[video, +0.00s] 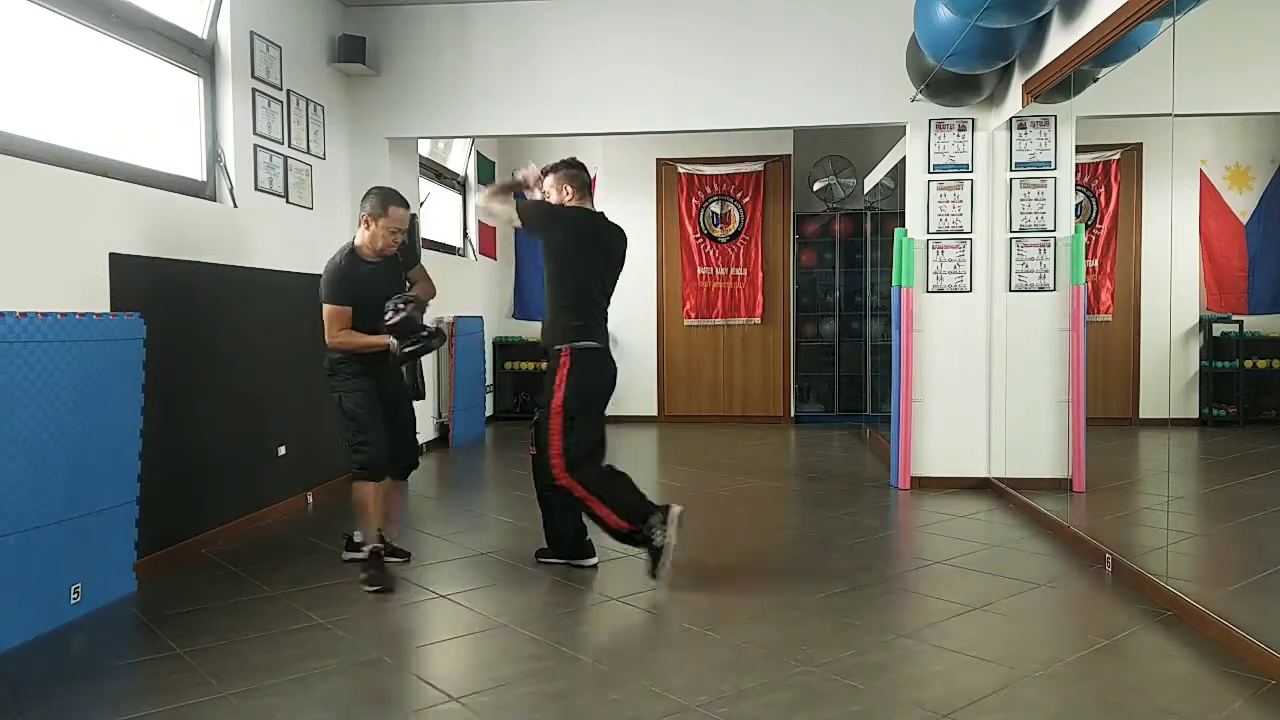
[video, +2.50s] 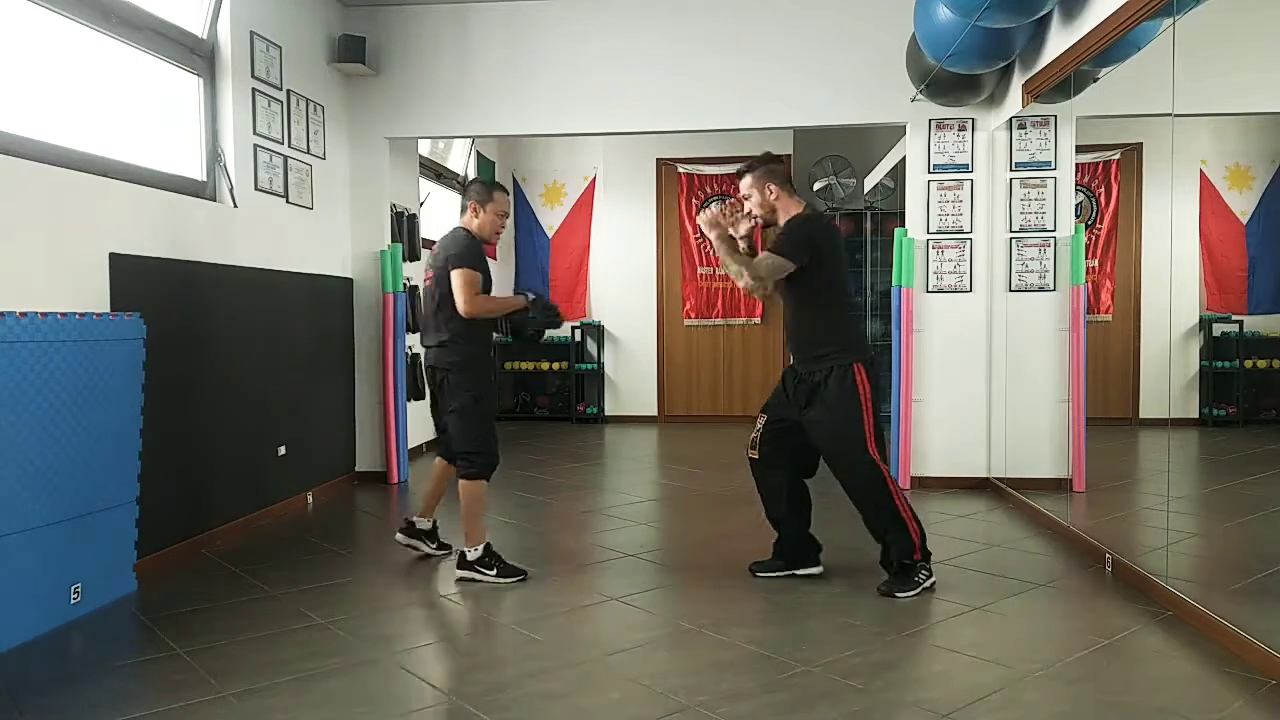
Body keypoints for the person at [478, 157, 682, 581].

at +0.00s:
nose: (547, 199)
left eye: (548, 192)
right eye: (546, 192)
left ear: (565, 192)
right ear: (587, 193)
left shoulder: (556, 219)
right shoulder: (614, 233)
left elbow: (487, 202)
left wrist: (518, 183)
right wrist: (533, 190)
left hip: (571, 360)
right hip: (594, 359)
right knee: (547, 456)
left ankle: (649, 523)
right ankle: (570, 547)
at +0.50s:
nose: (463, 223)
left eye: (467, 214)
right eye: (463, 215)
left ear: (490, 214)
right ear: (503, 216)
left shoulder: (482, 255)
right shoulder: (537, 263)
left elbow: (406, 274)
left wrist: (419, 226)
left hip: (461, 380)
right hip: (498, 382)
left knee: (381, 455)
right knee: (504, 467)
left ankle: (366, 557)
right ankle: (562, 540)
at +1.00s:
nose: (343, 203)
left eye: (343, 195)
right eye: (342, 195)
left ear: (358, 192)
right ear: (379, 187)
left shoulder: (390, 242)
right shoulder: (405, 222)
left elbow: (320, 278)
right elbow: (339, 273)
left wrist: (315, 219)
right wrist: (325, 213)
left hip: (398, 365)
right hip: (428, 361)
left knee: (344, 456)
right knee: (434, 450)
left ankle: (332, 560)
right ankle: (506, 520)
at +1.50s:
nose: (467, 192)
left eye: (467, 184)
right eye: (467, 185)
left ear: (479, 180)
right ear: (509, 178)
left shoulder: (479, 218)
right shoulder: (543, 218)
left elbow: (415, 245)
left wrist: (416, 229)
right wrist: (446, 233)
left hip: (501, 351)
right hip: (533, 350)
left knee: (455, 441)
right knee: (488, 444)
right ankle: (478, 543)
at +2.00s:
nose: (618, 212)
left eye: (617, 202)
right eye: (614, 203)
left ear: (632, 192)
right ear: (640, 192)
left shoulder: (672, 219)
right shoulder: (663, 233)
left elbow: (699, 266)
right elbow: (662, 298)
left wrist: (641, 299)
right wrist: (633, 265)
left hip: (692, 356)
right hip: (718, 355)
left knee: (639, 447)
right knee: (733, 457)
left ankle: (638, 558)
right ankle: (777, 553)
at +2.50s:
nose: (747, 209)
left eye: (748, 198)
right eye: (743, 201)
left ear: (772, 189)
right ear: (774, 192)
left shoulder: (806, 228)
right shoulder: (789, 232)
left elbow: (754, 279)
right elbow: (762, 284)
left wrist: (719, 236)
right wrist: (733, 238)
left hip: (842, 371)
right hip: (804, 373)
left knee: (860, 467)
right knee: (769, 454)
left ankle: (911, 563)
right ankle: (798, 553)